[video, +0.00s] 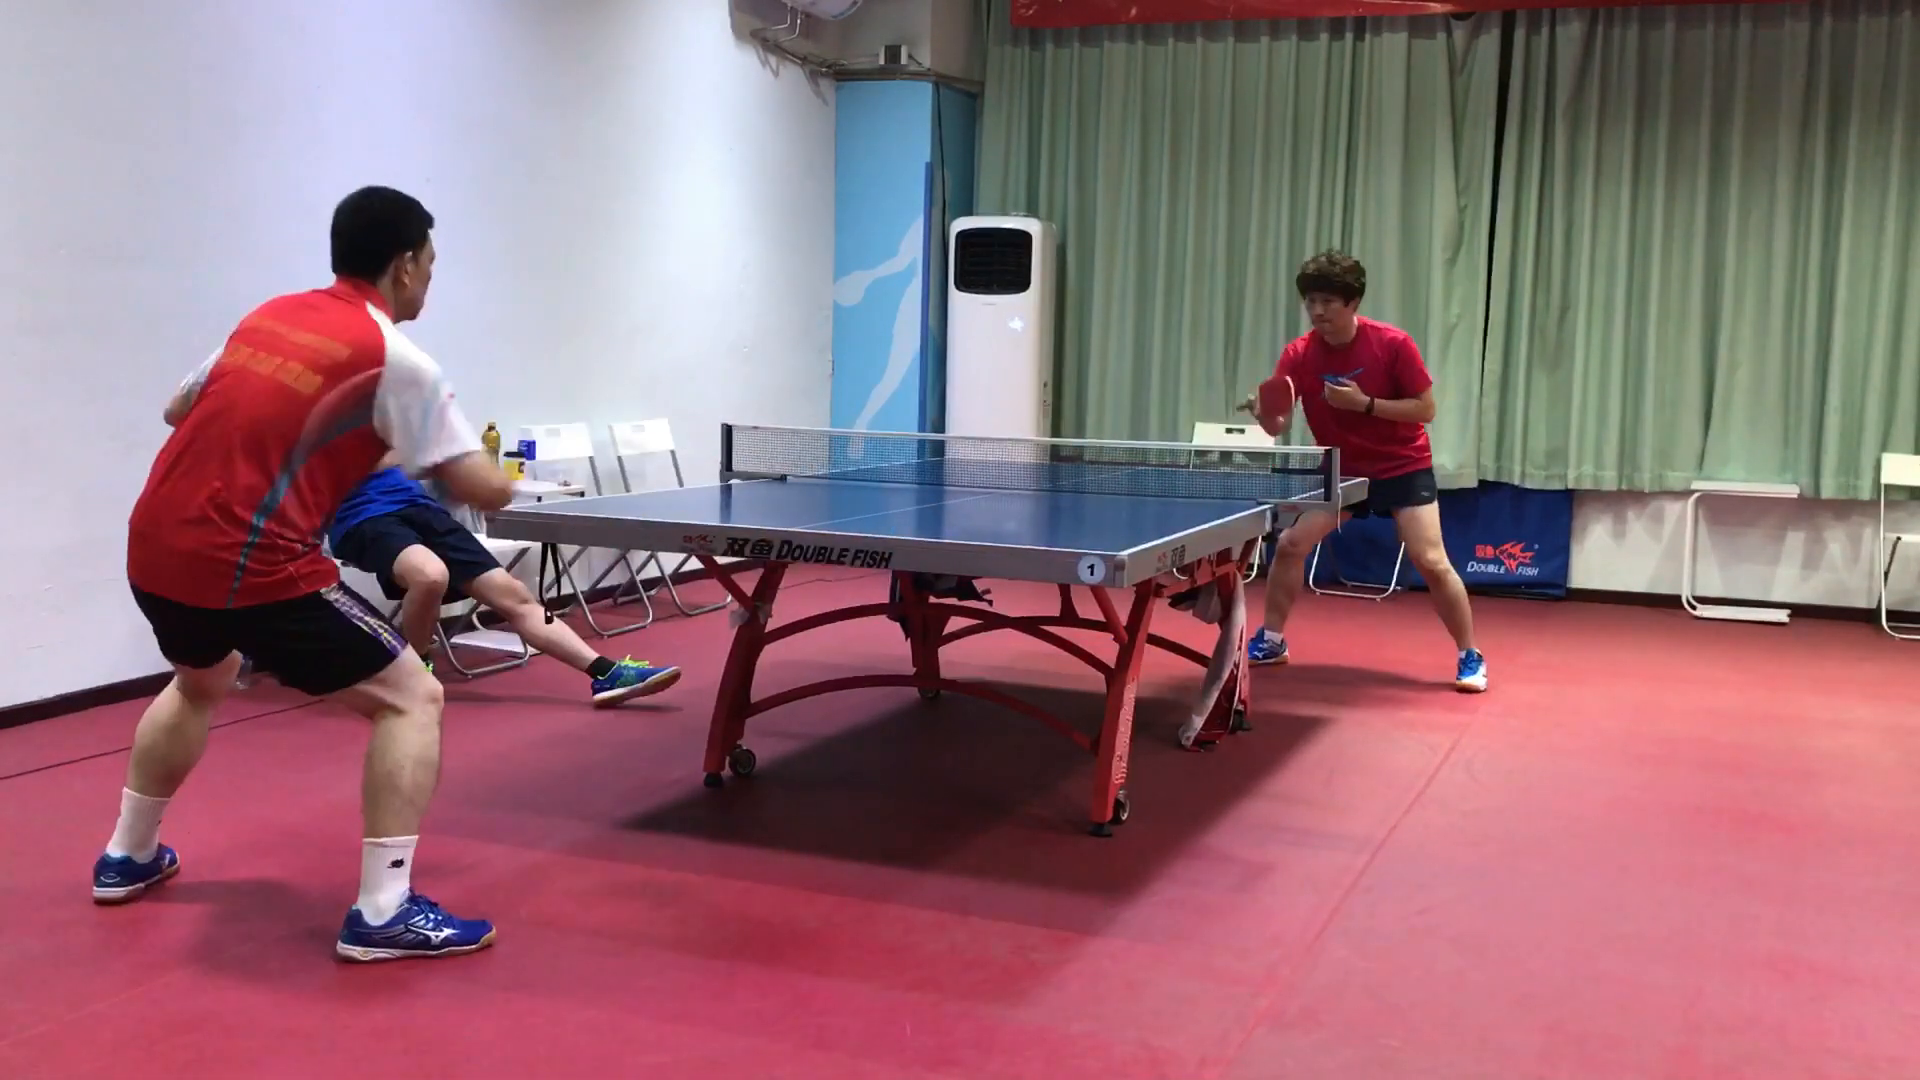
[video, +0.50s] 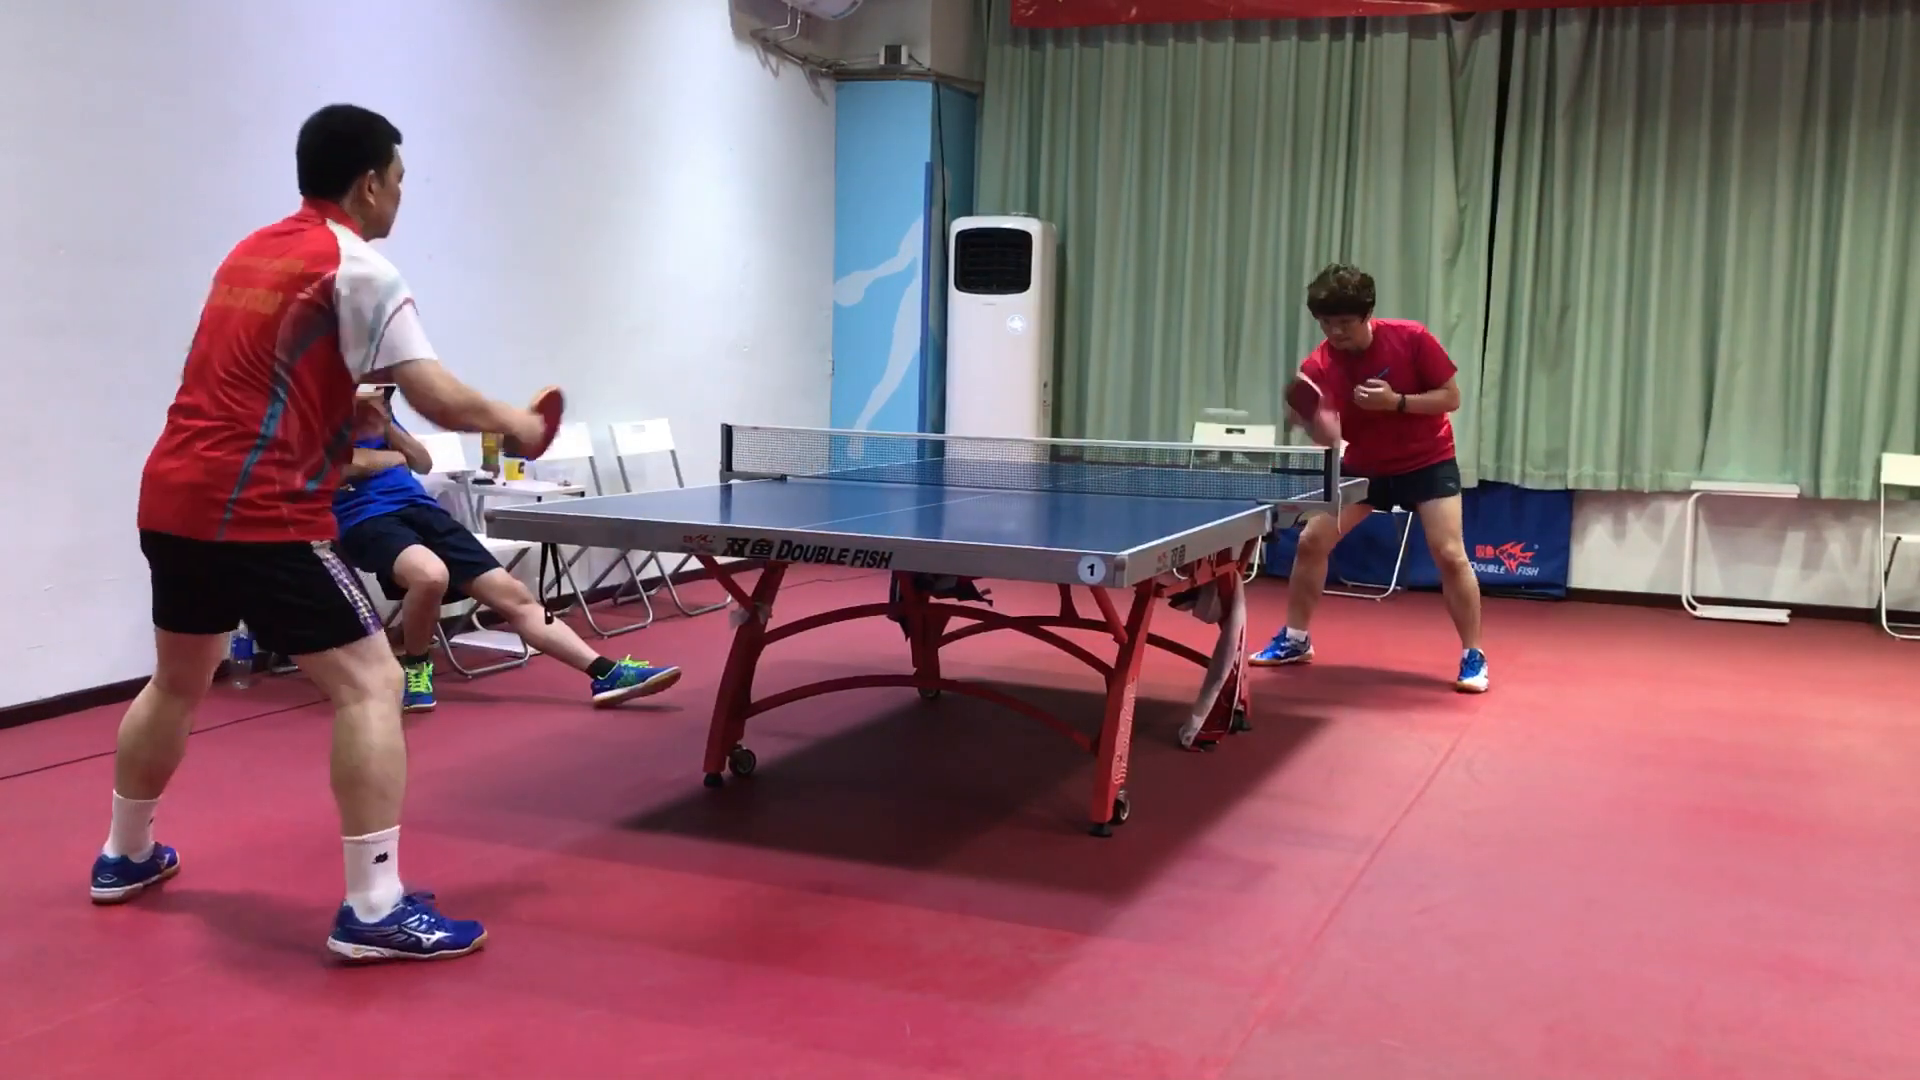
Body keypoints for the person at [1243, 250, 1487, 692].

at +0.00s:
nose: (1317, 310)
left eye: (1328, 301)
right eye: (1311, 301)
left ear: (1353, 303)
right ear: (1304, 302)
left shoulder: (1392, 344)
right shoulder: (1297, 355)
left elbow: (1426, 409)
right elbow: (1276, 428)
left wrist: (1366, 403)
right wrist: (1266, 410)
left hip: (1404, 471)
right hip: (1340, 473)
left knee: (1432, 562)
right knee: (1290, 544)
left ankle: (1469, 655)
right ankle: (1270, 640)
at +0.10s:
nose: (1328, 311)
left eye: (1338, 302)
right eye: (1322, 301)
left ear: (1366, 301)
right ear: (1316, 301)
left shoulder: (1406, 348)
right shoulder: (1314, 352)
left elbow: (1432, 415)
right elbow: (1304, 417)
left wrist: (1369, 405)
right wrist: (1287, 419)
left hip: (1415, 476)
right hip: (1354, 477)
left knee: (1438, 564)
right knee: (1298, 544)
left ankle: (1470, 656)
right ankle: (1272, 639)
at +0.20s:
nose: (1329, 315)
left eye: (1338, 305)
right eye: (1323, 305)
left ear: (1367, 304)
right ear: (1317, 304)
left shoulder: (1407, 348)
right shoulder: (1323, 351)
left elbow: (1431, 418)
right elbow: (1326, 410)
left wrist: (1369, 403)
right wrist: (1318, 431)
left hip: (1422, 474)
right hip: (1363, 474)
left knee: (1439, 565)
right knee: (1304, 537)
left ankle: (1470, 656)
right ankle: (1287, 637)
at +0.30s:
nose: (1324, 331)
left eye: (1333, 323)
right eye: (1317, 322)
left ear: (1358, 315)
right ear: (1311, 318)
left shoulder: (1402, 350)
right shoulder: (1317, 363)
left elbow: (1432, 418)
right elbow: (1329, 417)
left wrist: (1367, 407)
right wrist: (1350, 444)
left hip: (1423, 470)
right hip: (1367, 474)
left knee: (1436, 563)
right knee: (1308, 540)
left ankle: (1470, 656)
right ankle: (1296, 640)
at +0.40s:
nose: (1325, 339)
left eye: (1333, 330)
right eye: (1318, 331)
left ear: (1358, 319)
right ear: (1311, 326)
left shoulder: (1405, 347)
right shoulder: (1314, 374)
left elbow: (1439, 411)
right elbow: (1327, 437)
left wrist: (1378, 407)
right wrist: (1347, 428)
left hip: (1426, 468)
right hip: (1366, 474)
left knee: (1446, 559)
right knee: (1310, 540)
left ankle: (1472, 655)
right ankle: (1296, 639)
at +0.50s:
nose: (1333, 334)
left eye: (1341, 325)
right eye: (1325, 325)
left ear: (1366, 313)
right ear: (1318, 319)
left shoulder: (1411, 340)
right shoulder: (1319, 365)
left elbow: (1451, 399)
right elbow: (1329, 437)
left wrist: (1397, 401)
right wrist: (1310, 417)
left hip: (1427, 464)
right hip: (1364, 469)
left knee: (1449, 553)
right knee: (1312, 540)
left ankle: (1472, 654)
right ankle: (1295, 639)